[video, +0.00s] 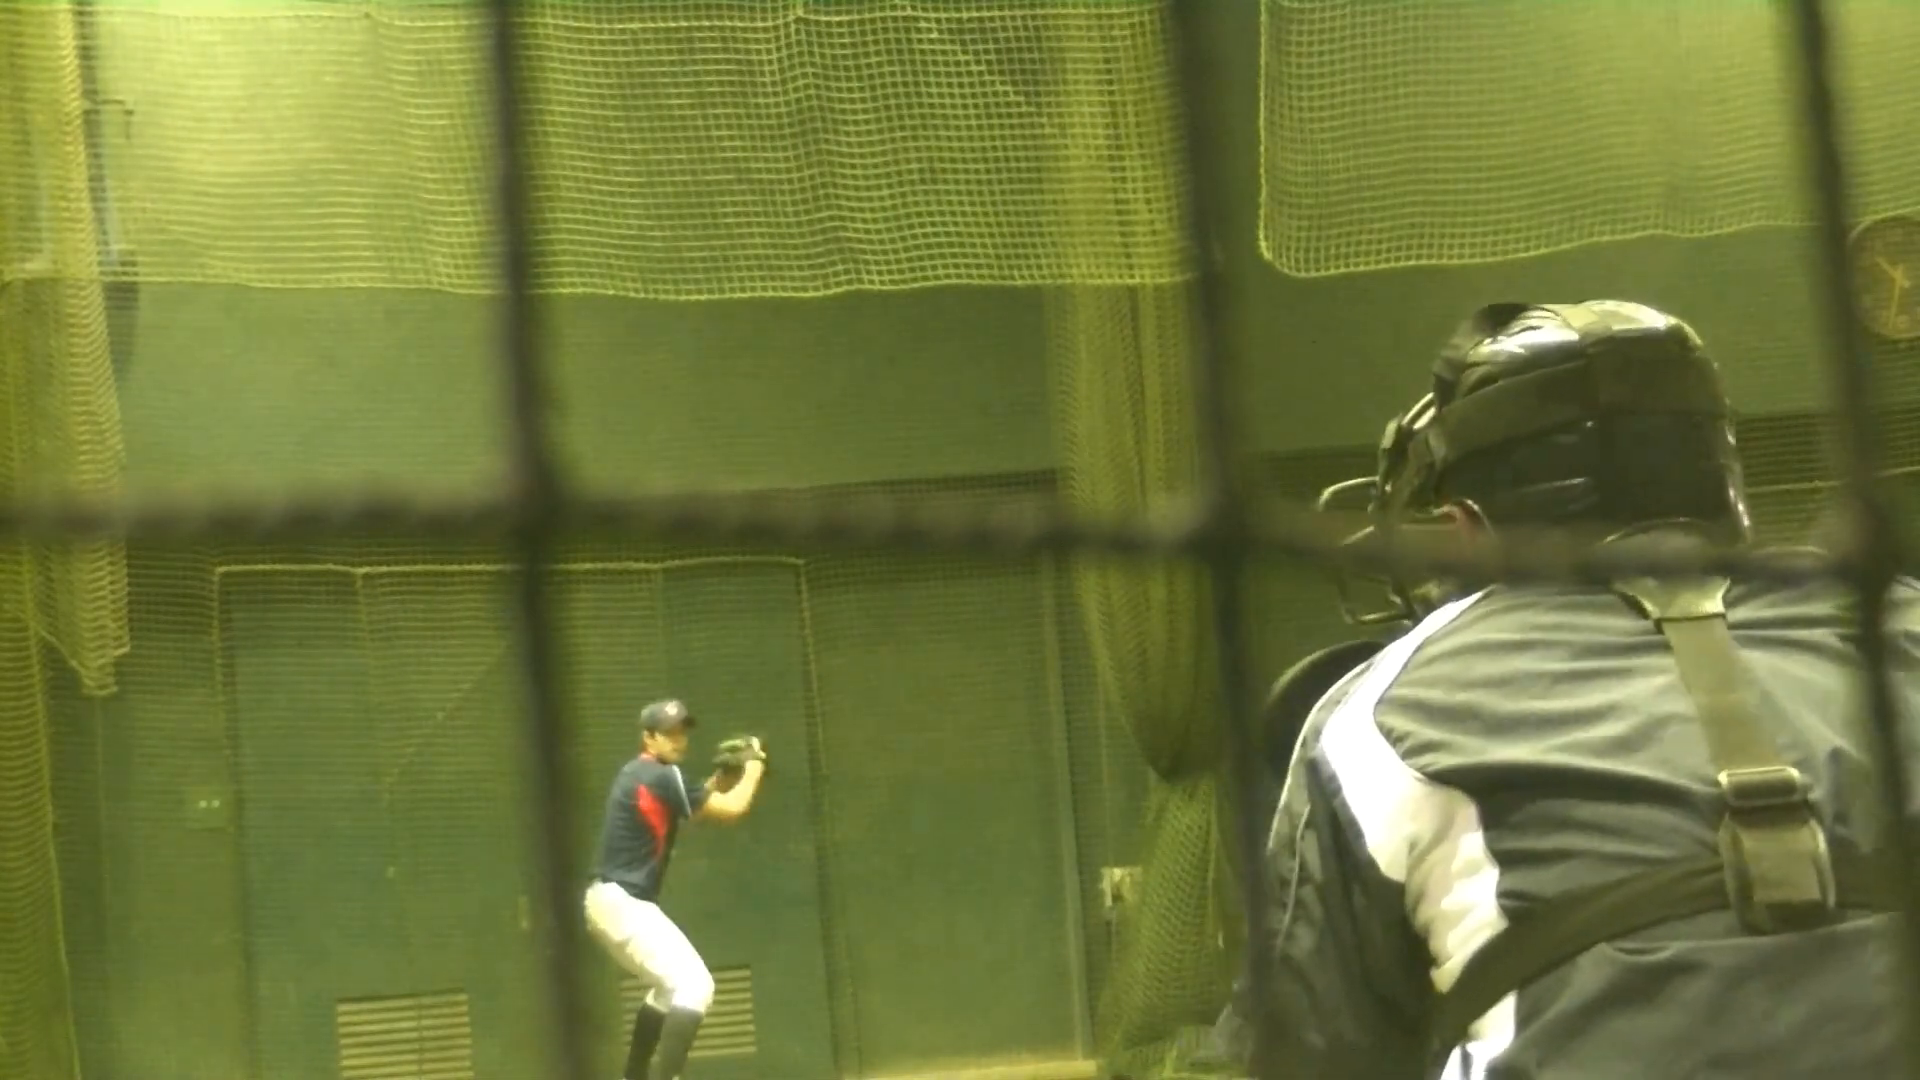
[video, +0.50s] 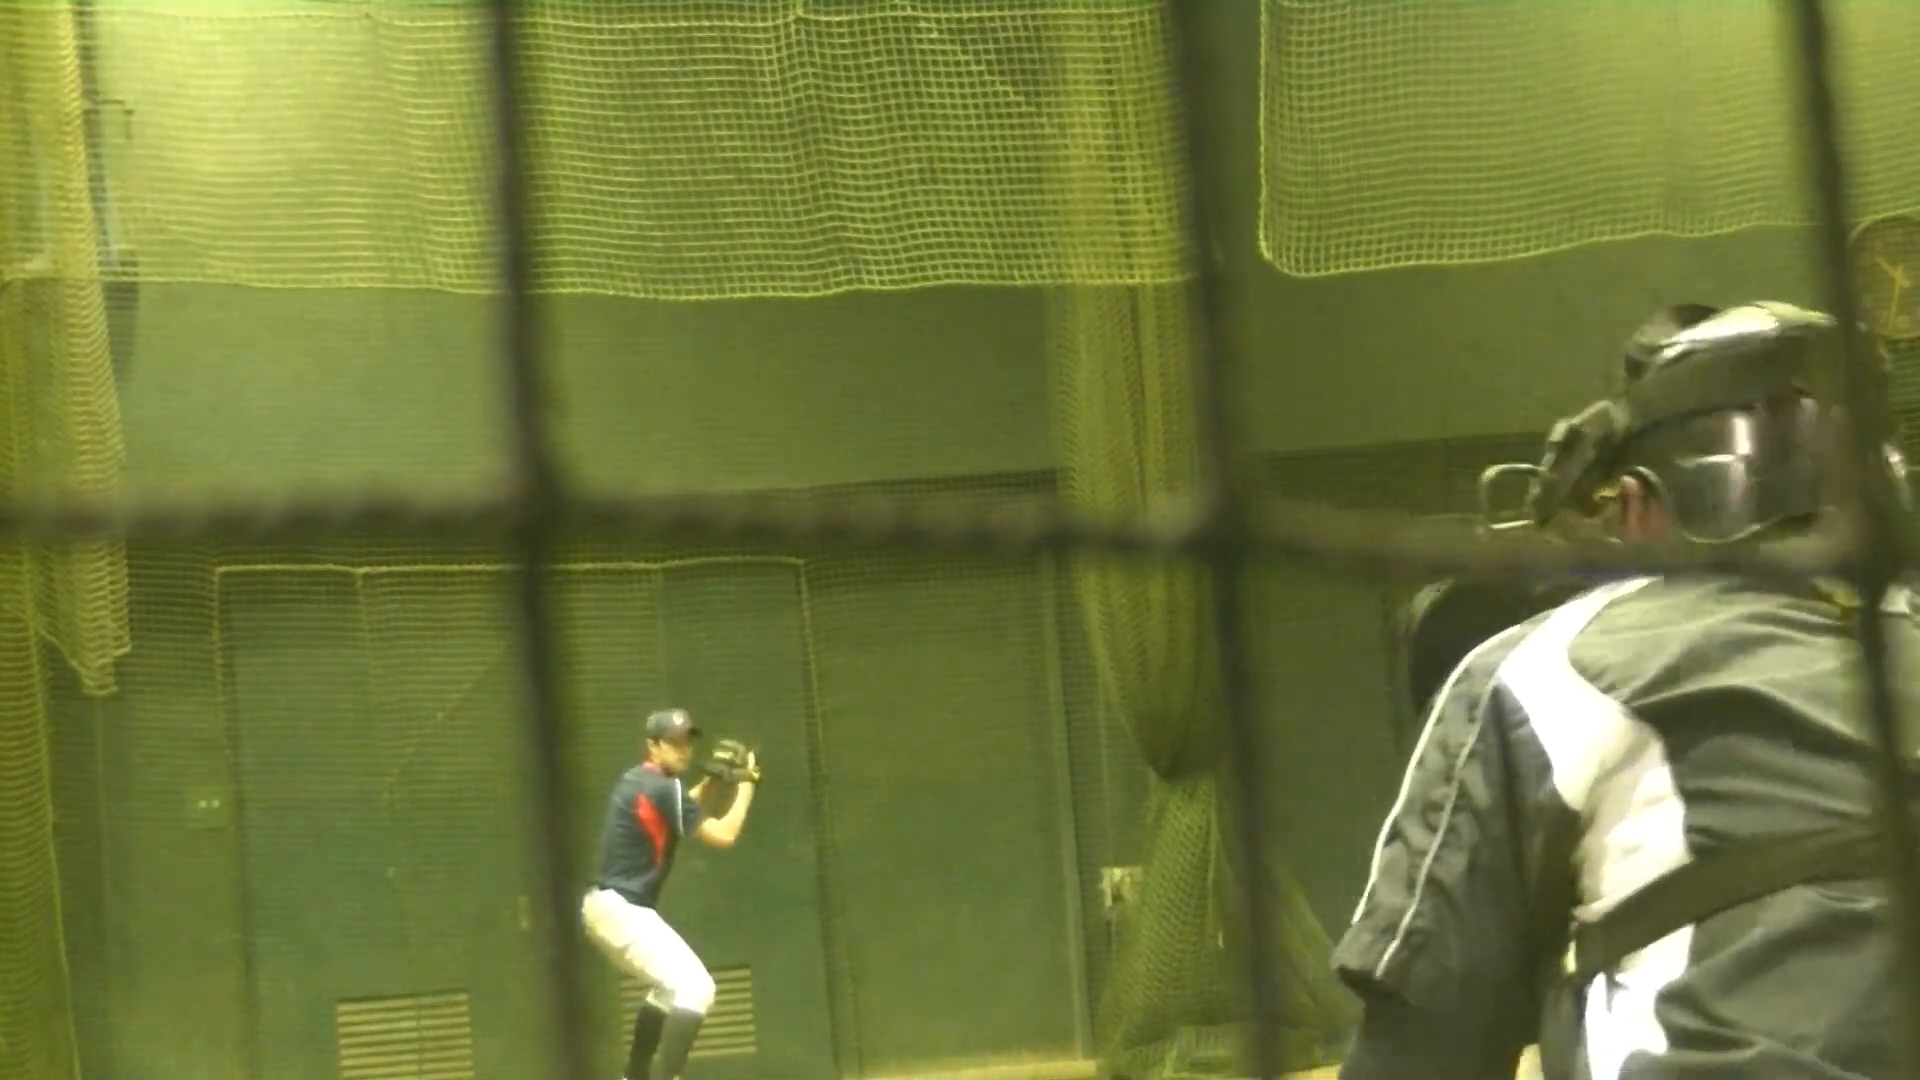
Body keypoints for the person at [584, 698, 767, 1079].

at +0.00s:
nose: (681, 742)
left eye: (684, 734)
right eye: (673, 735)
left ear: (683, 734)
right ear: (650, 737)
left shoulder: (637, 772)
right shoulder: (659, 776)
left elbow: (692, 806)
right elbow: (733, 807)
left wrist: (725, 774)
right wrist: (754, 766)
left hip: (605, 899)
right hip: (622, 901)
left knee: (669, 985)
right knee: (695, 985)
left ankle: (634, 1073)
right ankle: (665, 1073)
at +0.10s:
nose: (682, 743)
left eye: (684, 734)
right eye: (674, 735)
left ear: (684, 734)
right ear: (650, 738)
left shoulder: (638, 772)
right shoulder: (659, 778)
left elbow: (693, 806)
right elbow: (733, 808)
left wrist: (721, 769)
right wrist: (747, 762)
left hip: (605, 901)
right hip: (622, 903)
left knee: (668, 986)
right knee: (695, 986)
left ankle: (635, 1072)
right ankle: (666, 1072)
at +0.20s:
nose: (681, 747)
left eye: (684, 739)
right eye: (672, 740)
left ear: (687, 740)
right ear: (650, 743)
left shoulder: (639, 777)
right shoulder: (659, 783)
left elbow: (698, 801)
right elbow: (732, 815)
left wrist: (718, 764)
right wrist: (742, 764)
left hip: (607, 905)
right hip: (621, 907)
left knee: (673, 985)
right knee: (697, 988)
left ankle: (637, 1072)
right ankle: (668, 1073)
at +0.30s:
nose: (682, 751)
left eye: (685, 743)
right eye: (673, 744)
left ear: (688, 744)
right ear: (651, 746)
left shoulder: (638, 779)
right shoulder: (658, 786)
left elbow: (699, 805)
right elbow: (729, 822)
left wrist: (718, 767)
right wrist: (741, 770)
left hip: (607, 907)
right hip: (621, 910)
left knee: (676, 985)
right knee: (697, 988)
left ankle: (637, 1073)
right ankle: (668, 1073)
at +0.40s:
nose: (683, 751)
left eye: (686, 742)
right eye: (675, 743)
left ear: (689, 743)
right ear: (651, 745)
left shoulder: (636, 780)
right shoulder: (660, 787)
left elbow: (694, 806)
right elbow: (724, 830)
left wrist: (718, 769)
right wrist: (742, 777)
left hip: (604, 906)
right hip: (621, 909)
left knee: (674, 985)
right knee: (696, 988)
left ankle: (638, 1071)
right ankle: (667, 1073)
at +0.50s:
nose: (685, 751)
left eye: (688, 743)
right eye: (676, 744)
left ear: (690, 743)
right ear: (653, 746)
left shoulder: (633, 780)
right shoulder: (662, 789)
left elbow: (688, 809)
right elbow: (723, 836)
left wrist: (720, 776)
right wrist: (746, 785)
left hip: (601, 905)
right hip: (622, 910)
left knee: (668, 985)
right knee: (696, 989)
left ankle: (636, 1072)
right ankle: (667, 1072)